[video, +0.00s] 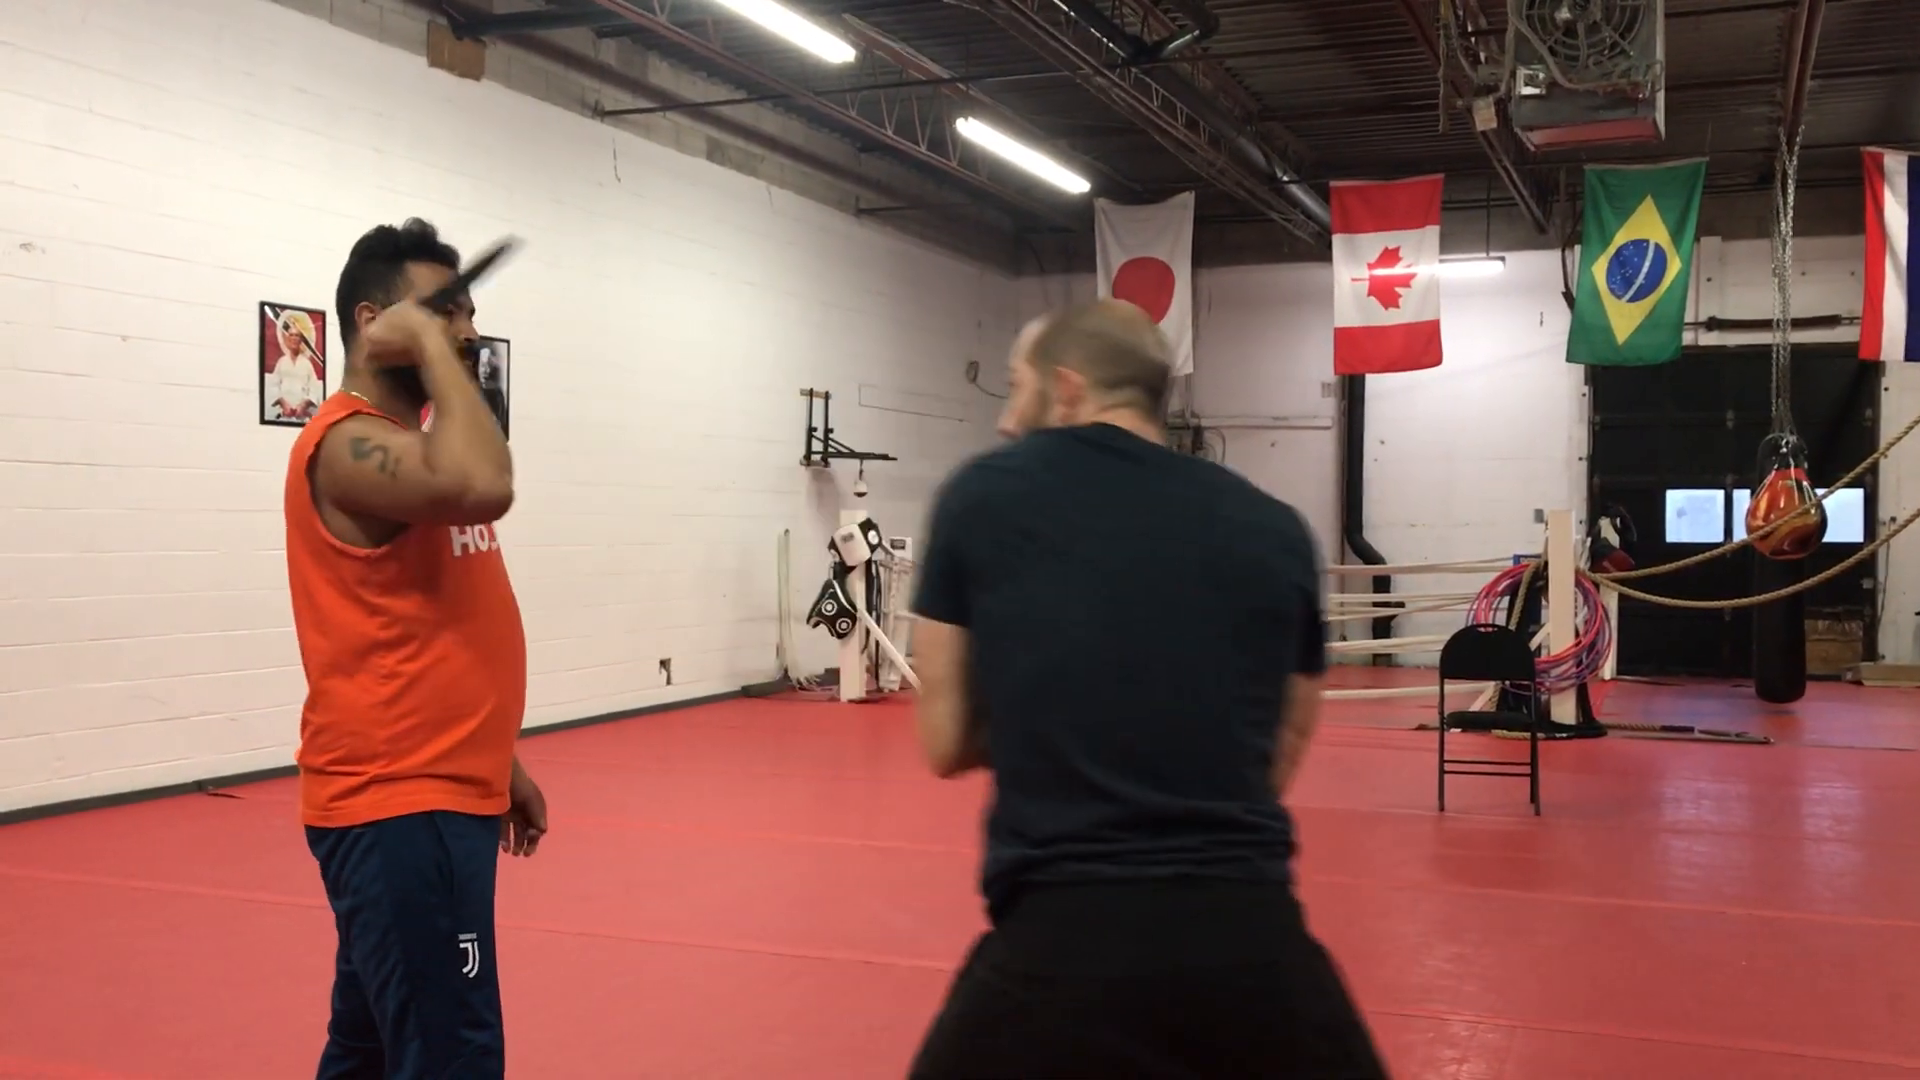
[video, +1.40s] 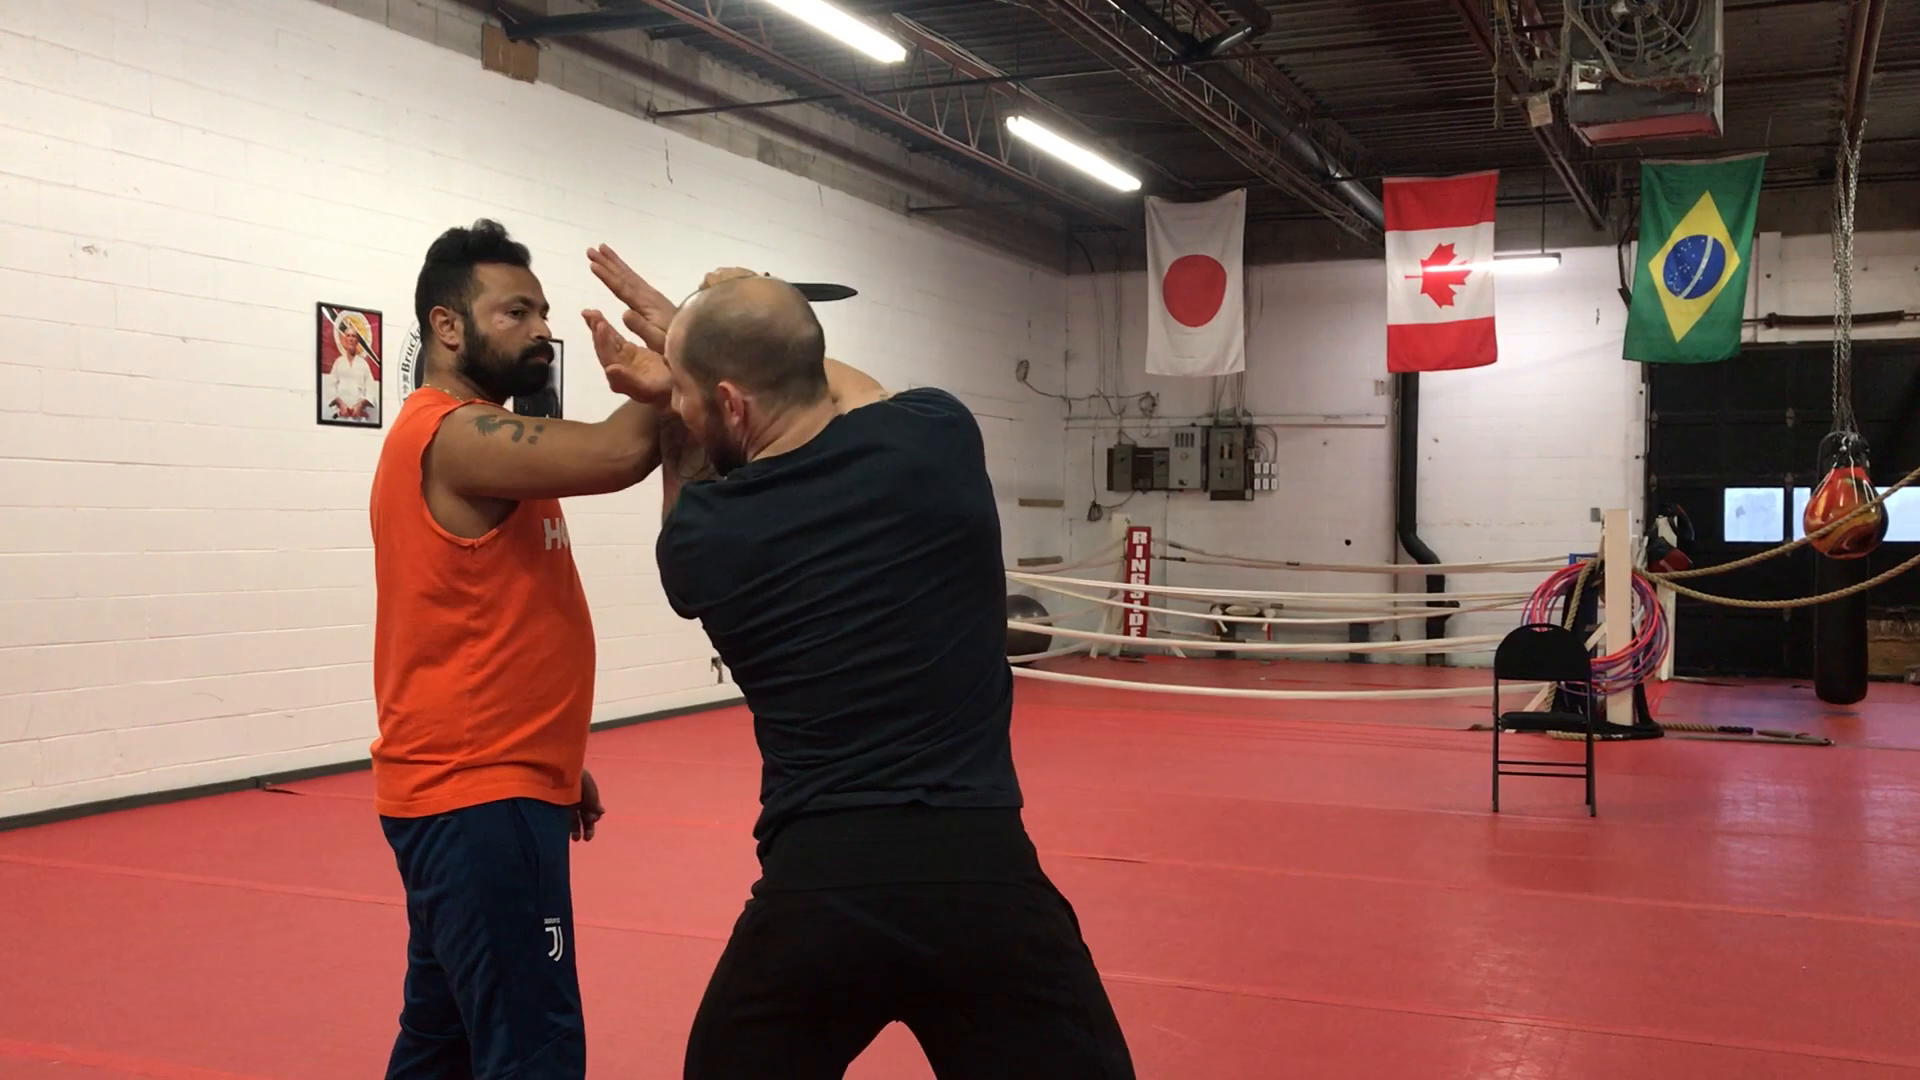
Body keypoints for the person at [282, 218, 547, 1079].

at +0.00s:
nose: (465, 327)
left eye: (462, 309)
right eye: (445, 305)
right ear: (380, 324)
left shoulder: (409, 437)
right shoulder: (350, 438)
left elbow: (425, 637)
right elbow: (481, 479)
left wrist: (497, 763)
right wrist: (427, 342)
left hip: (431, 802)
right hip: (396, 808)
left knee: (370, 1056)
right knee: (454, 1057)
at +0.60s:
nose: (501, 331)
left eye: (499, 315)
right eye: (479, 313)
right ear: (412, 329)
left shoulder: (458, 443)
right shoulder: (401, 444)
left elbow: (481, 636)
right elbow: (526, 479)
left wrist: (559, 759)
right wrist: (522, 333)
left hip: (484, 796)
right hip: (453, 802)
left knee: (426, 1051)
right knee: (529, 1055)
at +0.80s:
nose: (534, 327)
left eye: (533, 309)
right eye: (511, 308)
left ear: (448, 332)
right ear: (440, 325)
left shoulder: (449, 437)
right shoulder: (436, 440)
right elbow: (583, 485)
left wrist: (544, 784)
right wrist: (627, 316)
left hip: (473, 794)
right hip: (483, 800)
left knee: (437, 1052)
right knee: (555, 1055)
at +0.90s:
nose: (542, 328)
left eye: (540, 308)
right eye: (518, 307)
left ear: (451, 332)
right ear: (446, 325)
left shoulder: (453, 433)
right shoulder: (446, 439)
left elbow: (602, 495)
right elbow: (603, 483)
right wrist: (671, 314)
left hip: (474, 793)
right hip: (488, 797)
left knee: (438, 1049)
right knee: (560, 1055)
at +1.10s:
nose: (549, 328)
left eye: (548, 310)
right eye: (525, 308)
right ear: (454, 324)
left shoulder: (467, 426)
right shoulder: (461, 435)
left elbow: (610, 464)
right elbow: (630, 460)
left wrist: (641, 408)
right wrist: (709, 306)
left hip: (475, 792)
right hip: (489, 798)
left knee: (436, 1051)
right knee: (561, 1053)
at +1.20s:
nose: (548, 333)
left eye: (549, 315)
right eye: (525, 314)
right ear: (453, 326)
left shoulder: (482, 430)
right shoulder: (454, 432)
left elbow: (501, 628)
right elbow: (617, 453)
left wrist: (558, 773)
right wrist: (651, 388)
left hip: (492, 791)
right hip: (479, 796)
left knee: (437, 1053)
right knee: (552, 1056)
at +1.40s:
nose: (541, 330)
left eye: (542, 313)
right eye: (516, 312)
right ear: (444, 326)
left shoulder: (462, 430)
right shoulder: (452, 432)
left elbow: (486, 626)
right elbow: (619, 452)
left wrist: (557, 761)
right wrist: (663, 374)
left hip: (482, 790)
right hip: (477, 793)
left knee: (441, 1044)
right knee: (536, 1051)